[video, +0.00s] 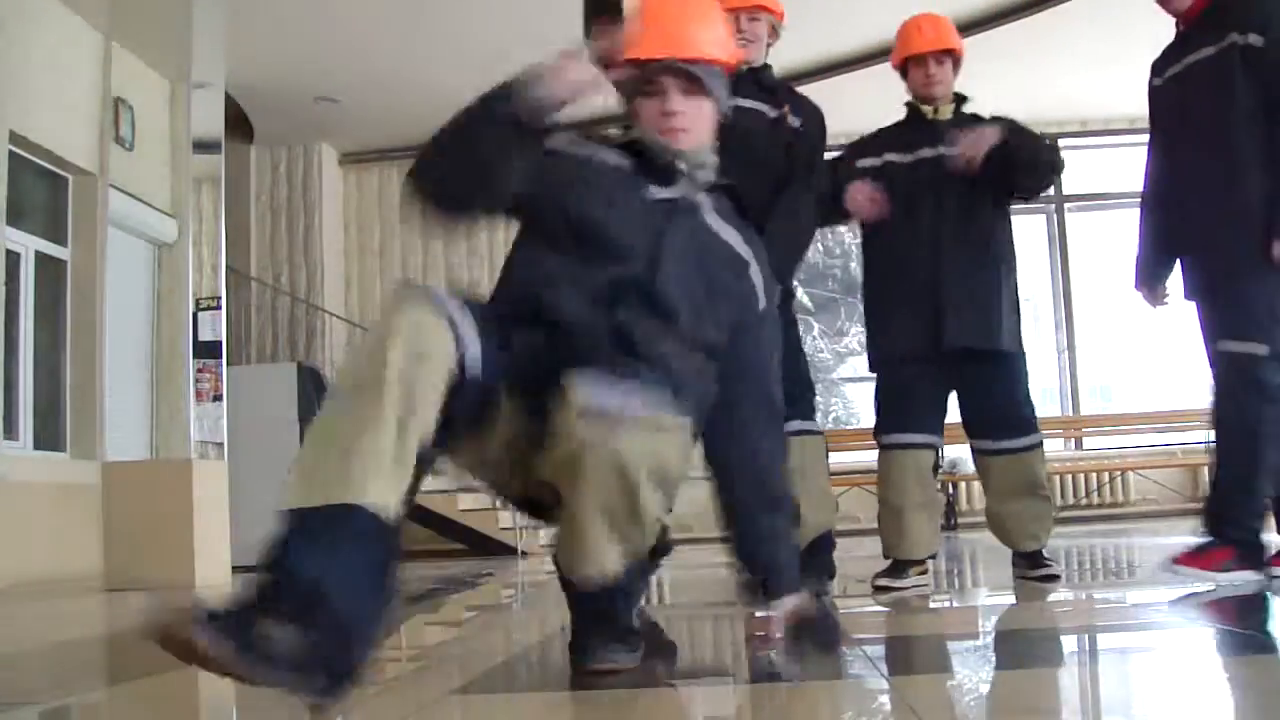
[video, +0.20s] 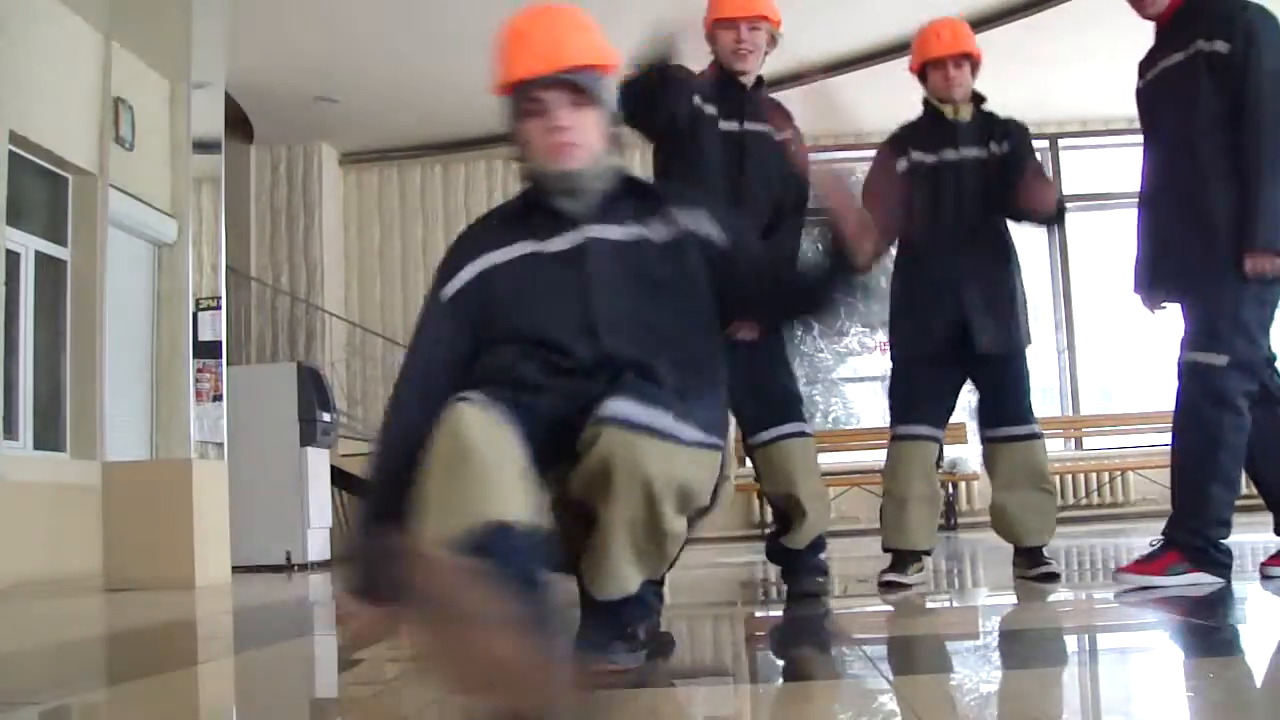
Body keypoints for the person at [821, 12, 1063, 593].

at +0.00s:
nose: (932, 72)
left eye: (942, 61)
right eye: (919, 64)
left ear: (958, 66)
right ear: (902, 72)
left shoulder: (991, 136)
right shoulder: (871, 150)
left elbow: (1045, 169)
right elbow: (807, 199)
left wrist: (1003, 139)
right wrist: (843, 194)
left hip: (986, 321)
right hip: (905, 325)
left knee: (1011, 439)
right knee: (905, 444)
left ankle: (1029, 548)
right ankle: (907, 559)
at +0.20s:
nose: (951, 75)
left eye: (960, 64)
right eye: (938, 67)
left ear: (975, 69)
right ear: (921, 75)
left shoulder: (1007, 136)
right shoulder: (901, 146)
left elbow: (1038, 205)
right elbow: (875, 228)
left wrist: (1040, 196)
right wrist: (856, 247)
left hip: (995, 310)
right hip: (924, 313)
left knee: (1013, 427)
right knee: (914, 432)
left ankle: (1030, 546)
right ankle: (906, 552)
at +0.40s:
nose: (940, 78)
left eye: (949, 67)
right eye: (928, 70)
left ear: (965, 71)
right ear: (912, 79)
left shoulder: (998, 141)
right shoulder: (896, 152)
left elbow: (1026, 227)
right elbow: (875, 235)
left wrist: (1039, 304)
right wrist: (865, 309)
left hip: (992, 317)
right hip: (918, 322)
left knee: (1011, 433)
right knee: (905, 438)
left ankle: (1030, 547)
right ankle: (886, 546)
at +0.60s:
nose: (907, 97)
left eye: (916, 85)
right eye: (895, 89)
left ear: (931, 90)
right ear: (880, 99)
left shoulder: (969, 158)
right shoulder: (864, 173)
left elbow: (1000, 235)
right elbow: (853, 259)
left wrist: (996, 291)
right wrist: (867, 323)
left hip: (966, 329)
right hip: (893, 335)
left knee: (1000, 441)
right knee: (888, 457)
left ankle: (1029, 549)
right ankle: (879, 569)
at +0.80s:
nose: (862, 100)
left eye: (871, 89)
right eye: (850, 93)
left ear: (889, 95)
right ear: (837, 104)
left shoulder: (928, 158)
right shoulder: (827, 180)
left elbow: (968, 226)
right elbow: (819, 262)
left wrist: (996, 287)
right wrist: (812, 325)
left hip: (936, 323)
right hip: (866, 332)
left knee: (966, 434)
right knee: (871, 446)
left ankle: (1000, 540)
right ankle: (882, 552)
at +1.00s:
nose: (844, 99)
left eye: (851, 88)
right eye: (832, 93)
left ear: (867, 92)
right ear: (818, 104)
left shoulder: (910, 151)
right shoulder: (813, 177)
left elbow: (951, 206)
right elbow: (787, 243)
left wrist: (955, 236)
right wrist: (778, 270)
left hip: (918, 319)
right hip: (850, 328)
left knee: (942, 428)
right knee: (861, 440)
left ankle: (983, 541)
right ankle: (879, 552)